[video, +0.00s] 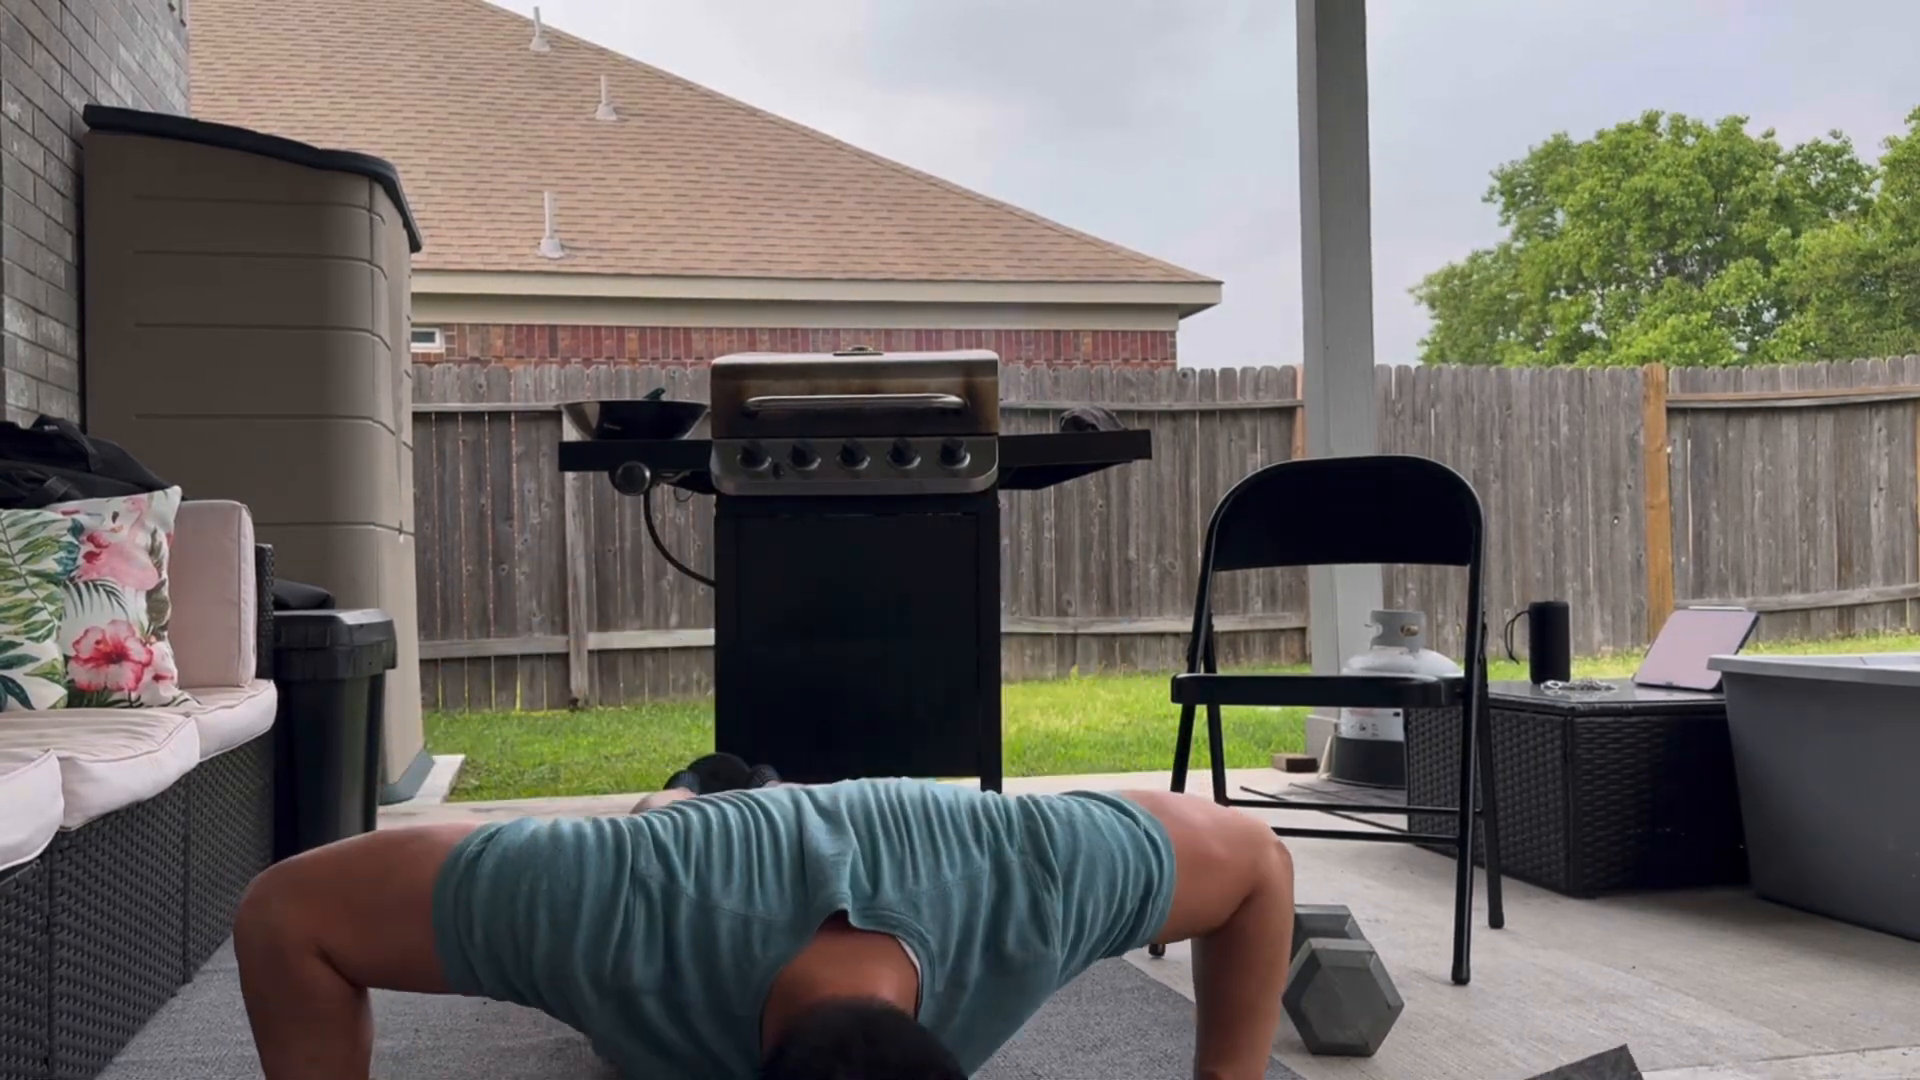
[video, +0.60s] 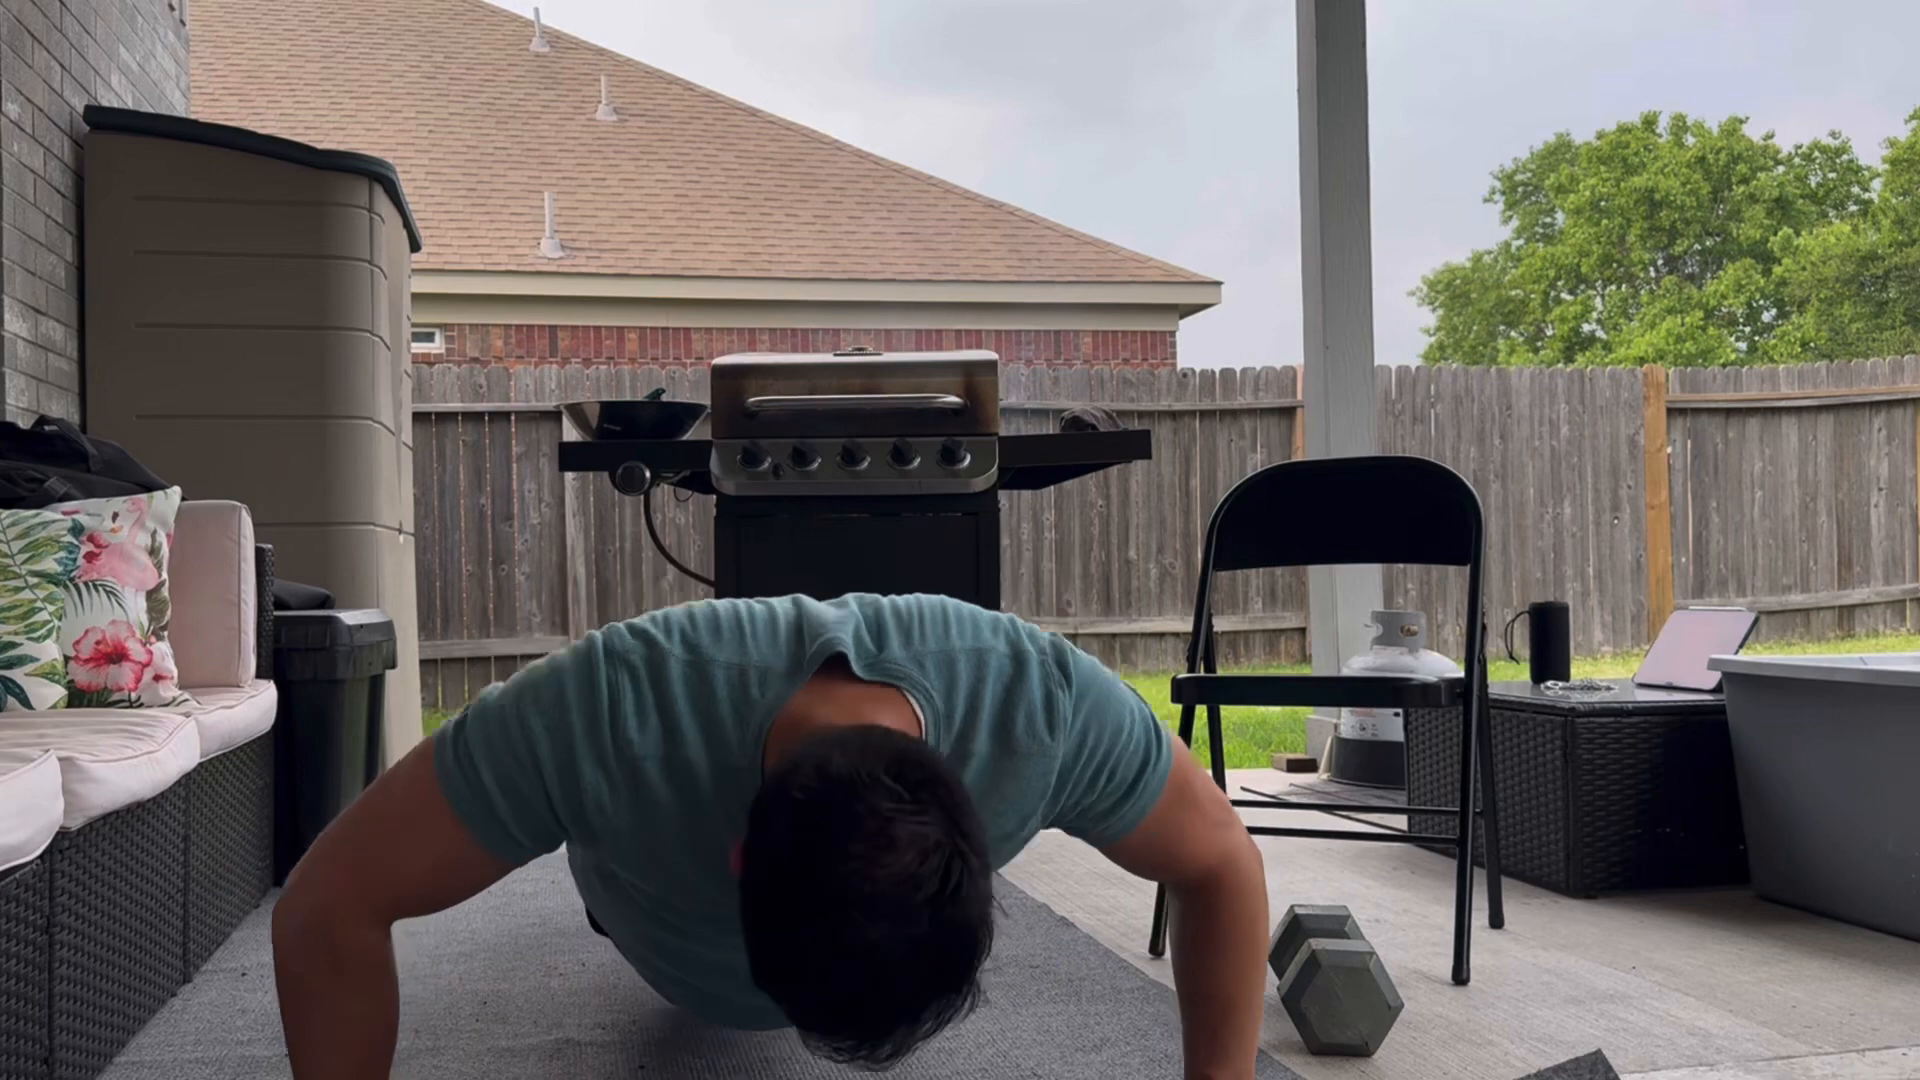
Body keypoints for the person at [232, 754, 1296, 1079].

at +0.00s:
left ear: (940, 1038)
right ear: (754, 1042)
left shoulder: (1042, 881)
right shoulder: (616, 919)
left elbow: (1256, 867)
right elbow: (287, 921)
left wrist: (1231, 1072)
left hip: (911, 813)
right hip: (681, 835)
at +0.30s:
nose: (837, 1077)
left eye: (887, 1060)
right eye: (803, 1048)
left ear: (959, 915)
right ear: (740, 894)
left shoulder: (1051, 747)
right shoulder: (597, 758)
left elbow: (1240, 872)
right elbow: (298, 919)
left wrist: (1226, 1067)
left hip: (939, 863)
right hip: (676, 918)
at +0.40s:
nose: (834, 933)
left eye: (873, 921)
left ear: (962, 787)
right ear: (732, 746)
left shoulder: (1040, 632)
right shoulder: (604, 628)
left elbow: (1191, 853)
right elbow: (374, 891)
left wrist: (1212, 1070)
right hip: (677, 864)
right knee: (679, 909)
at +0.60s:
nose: (833, 1031)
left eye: (879, 1017)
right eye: (794, 995)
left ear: (972, 855)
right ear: (742, 850)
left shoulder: (1045, 709)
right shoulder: (610, 712)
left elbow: (1222, 869)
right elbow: (328, 908)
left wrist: (1221, 1069)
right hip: (675, 914)